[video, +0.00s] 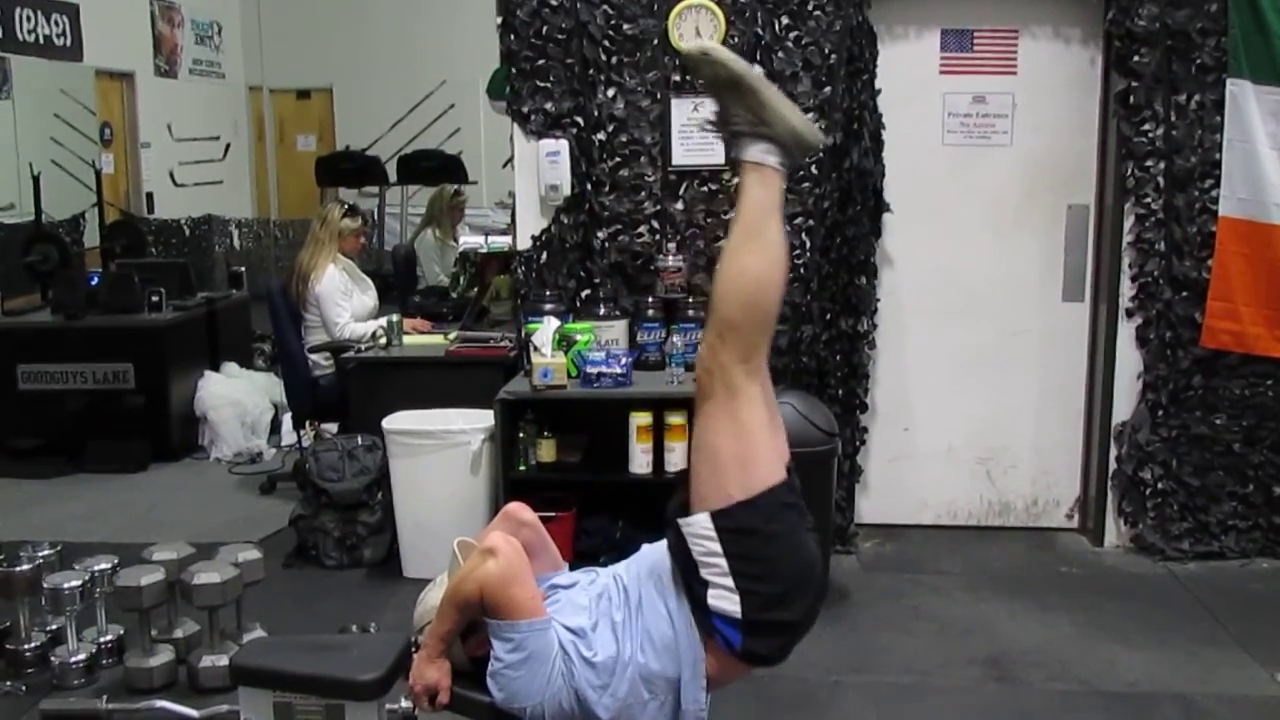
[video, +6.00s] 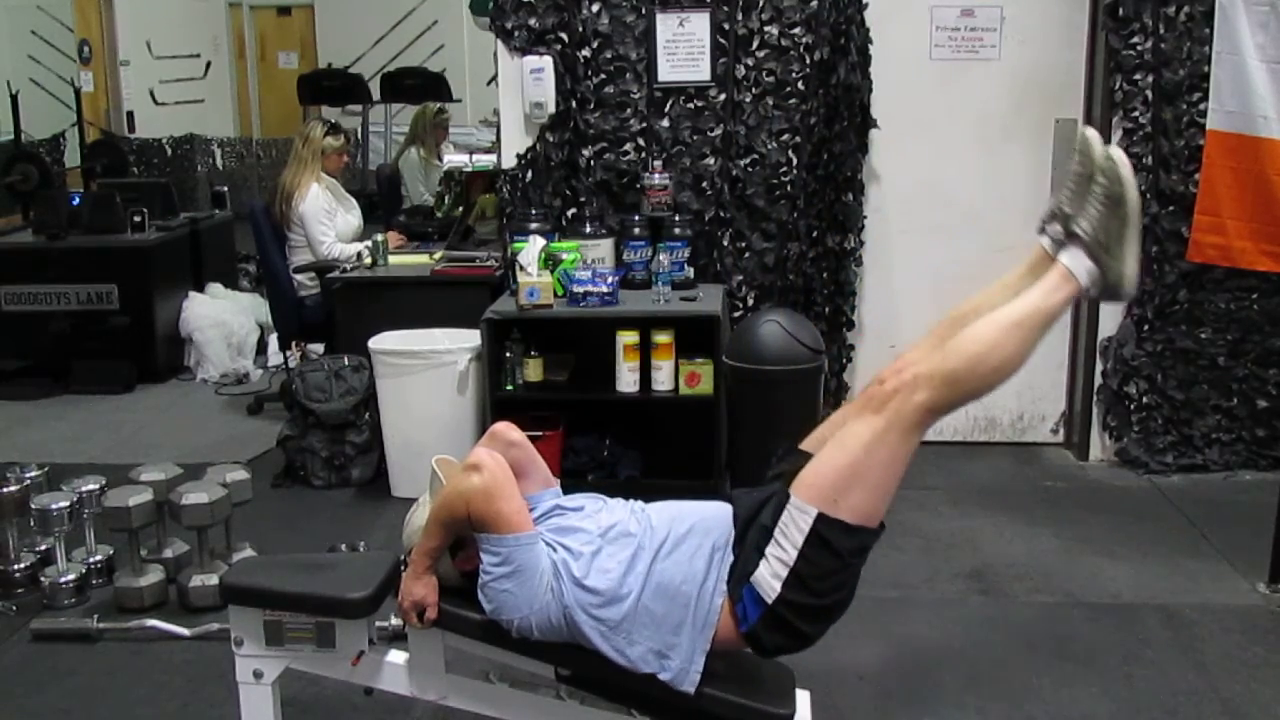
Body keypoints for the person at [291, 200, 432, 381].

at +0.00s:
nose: (363, 242)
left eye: (363, 236)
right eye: (357, 236)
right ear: (337, 237)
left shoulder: (340, 267)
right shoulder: (328, 274)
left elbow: (350, 324)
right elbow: (340, 331)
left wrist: (396, 323)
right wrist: (395, 324)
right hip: (333, 372)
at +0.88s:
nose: (352, 225)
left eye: (353, 219)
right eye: (347, 219)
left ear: (331, 219)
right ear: (328, 218)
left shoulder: (328, 250)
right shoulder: (317, 256)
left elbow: (340, 307)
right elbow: (332, 315)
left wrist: (386, 307)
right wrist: (385, 308)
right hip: (324, 357)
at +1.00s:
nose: (350, 204)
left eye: (350, 197)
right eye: (344, 198)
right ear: (324, 198)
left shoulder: (329, 228)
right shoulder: (315, 235)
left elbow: (341, 286)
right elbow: (330, 295)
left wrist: (386, 285)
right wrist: (385, 288)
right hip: (321, 335)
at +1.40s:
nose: (347, 181)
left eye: (347, 174)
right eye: (341, 175)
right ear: (322, 175)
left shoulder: (325, 207)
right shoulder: (312, 212)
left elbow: (336, 264)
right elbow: (327, 271)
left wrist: (382, 263)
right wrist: (382, 265)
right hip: (319, 312)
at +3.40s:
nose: (345, 160)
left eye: (346, 153)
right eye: (339, 154)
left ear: (324, 155)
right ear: (320, 154)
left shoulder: (324, 187)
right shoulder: (311, 192)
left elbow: (335, 244)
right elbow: (325, 251)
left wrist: (381, 243)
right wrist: (380, 246)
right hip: (319, 291)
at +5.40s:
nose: (346, 159)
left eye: (346, 153)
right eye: (340, 154)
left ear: (324, 155)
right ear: (320, 154)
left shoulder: (324, 186)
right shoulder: (312, 192)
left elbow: (335, 244)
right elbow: (326, 251)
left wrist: (378, 242)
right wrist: (378, 245)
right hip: (319, 292)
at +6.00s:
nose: (346, 160)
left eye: (346, 154)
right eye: (340, 154)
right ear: (320, 155)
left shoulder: (323, 185)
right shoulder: (312, 192)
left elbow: (335, 244)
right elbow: (327, 252)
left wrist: (377, 243)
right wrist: (378, 245)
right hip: (318, 291)